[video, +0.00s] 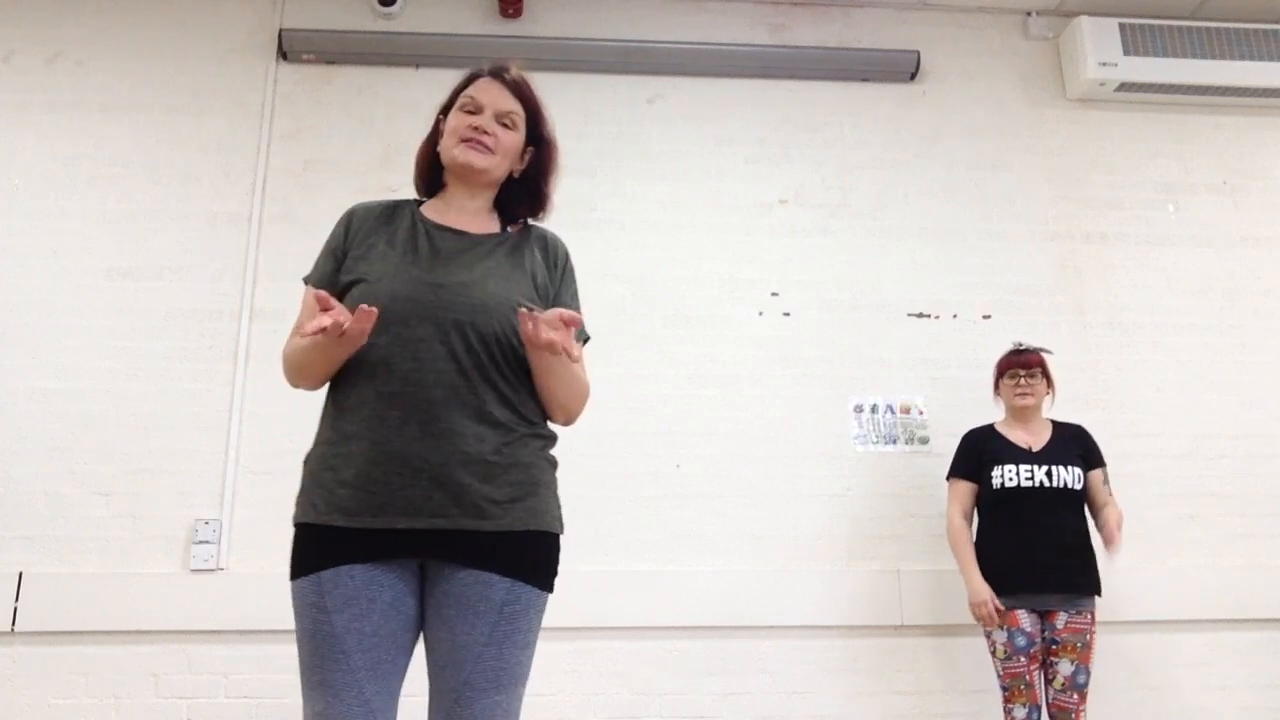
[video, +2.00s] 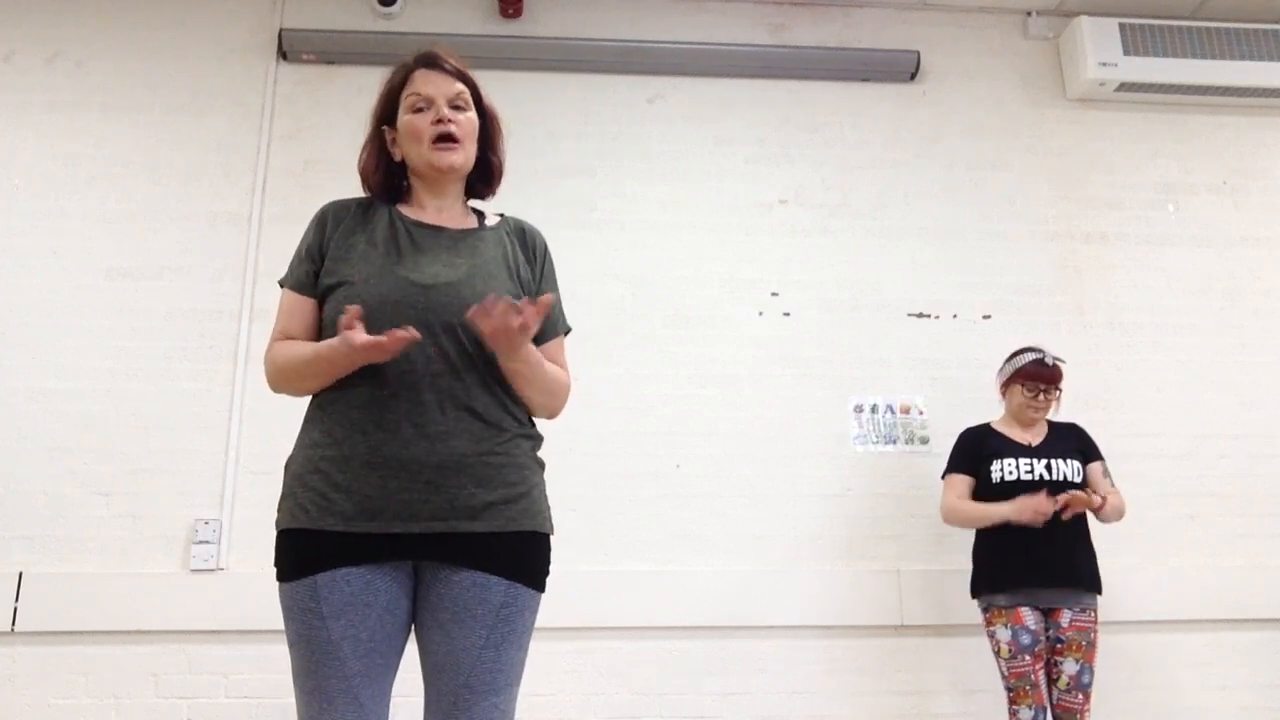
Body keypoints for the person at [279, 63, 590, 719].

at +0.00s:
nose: (483, 124)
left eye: (506, 121)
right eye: (469, 109)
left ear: (523, 156)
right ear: (440, 129)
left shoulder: (543, 254)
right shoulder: (364, 226)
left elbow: (567, 408)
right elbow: (299, 370)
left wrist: (549, 352)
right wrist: (331, 344)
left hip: (499, 524)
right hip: (352, 516)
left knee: (478, 714)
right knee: (344, 712)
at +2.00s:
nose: (444, 116)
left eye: (459, 106)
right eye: (422, 107)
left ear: (482, 135)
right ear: (392, 139)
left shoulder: (522, 245)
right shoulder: (338, 226)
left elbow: (552, 400)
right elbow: (280, 367)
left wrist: (514, 354)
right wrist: (343, 352)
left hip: (491, 520)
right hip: (339, 515)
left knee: (476, 714)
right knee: (339, 713)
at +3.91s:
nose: (461, 129)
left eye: (481, 119)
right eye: (443, 112)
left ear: (498, 142)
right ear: (410, 127)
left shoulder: (522, 249)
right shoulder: (340, 222)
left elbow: (549, 405)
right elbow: (277, 361)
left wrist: (520, 368)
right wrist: (344, 357)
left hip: (489, 521)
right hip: (339, 514)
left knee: (473, 714)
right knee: (338, 713)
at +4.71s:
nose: (443, 127)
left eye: (461, 115)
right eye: (424, 112)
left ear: (483, 138)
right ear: (392, 132)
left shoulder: (514, 249)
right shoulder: (331, 227)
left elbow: (547, 399)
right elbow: (270, 365)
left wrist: (499, 356)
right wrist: (353, 358)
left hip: (486, 518)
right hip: (332, 513)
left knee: (471, 713)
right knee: (335, 713)